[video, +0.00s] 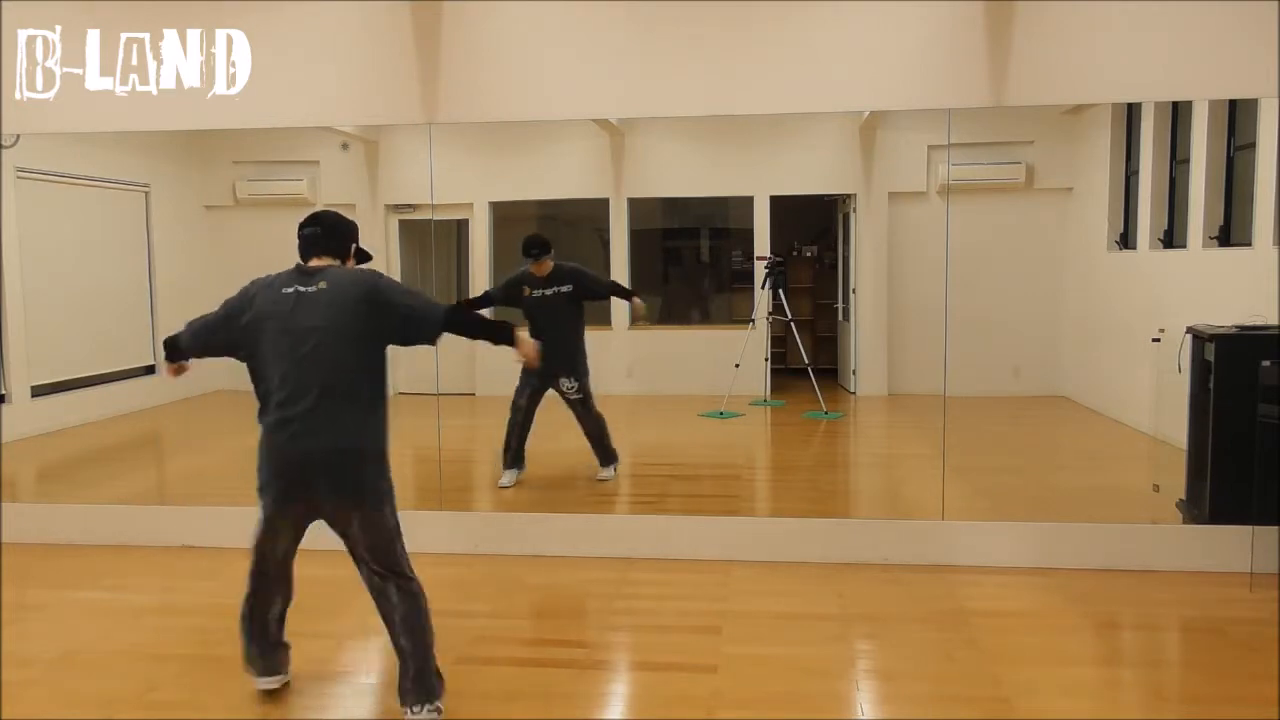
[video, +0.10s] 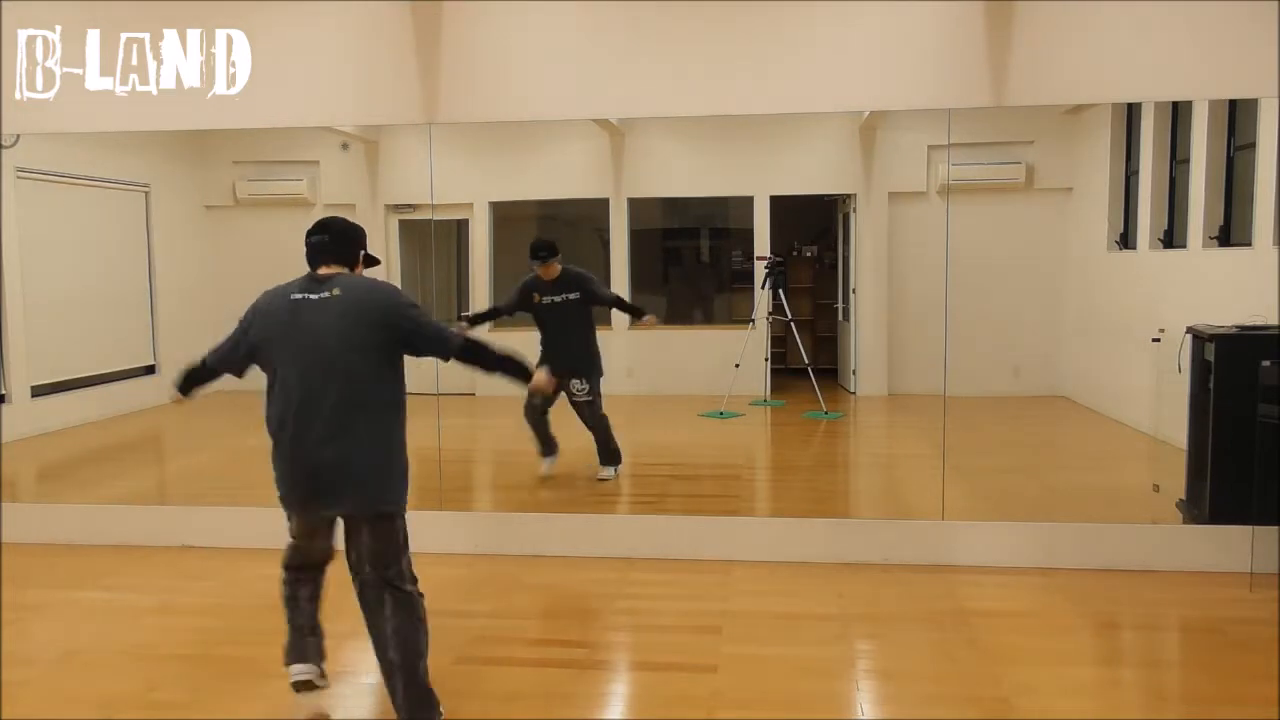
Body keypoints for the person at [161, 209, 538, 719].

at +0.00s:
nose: (355, 262)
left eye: (353, 257)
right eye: (355, 256)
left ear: (300, 253)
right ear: (348, 255)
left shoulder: (260, 295)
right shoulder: (367, 286)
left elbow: (199, 333)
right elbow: (444, 316)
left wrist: (174, 353)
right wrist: (511, 336)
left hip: (284, 465)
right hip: (355, 463)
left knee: (271, 558)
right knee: (391, 576)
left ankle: (266, 665)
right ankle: (422, 698)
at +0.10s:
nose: (366, 268)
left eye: (365, 263)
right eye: (365, 261)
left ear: (309, 259)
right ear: (358, 260)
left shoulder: (271, 306)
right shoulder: (382, 299)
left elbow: (224, 358)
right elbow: (457, 345)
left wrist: (188, 381)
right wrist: (527, 374)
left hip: (302, 469)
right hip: (374, 468)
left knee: (305, 562)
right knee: (388, 581)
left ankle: (304, 660)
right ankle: (418, 709)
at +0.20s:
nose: (371, 271)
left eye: (369, 266)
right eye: (372, 265)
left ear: (315, 260)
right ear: (365, 263)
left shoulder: (277, 309)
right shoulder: (382, 305)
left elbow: (224, 399)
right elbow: (431, 378)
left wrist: (248, 437)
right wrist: (463, 427)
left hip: (308, 484)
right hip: (375, 482)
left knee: (327, 580)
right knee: (395, 588)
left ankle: (322, 690)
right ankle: (410, 701)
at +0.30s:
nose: (374, 270)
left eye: (374, 264)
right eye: (376, 263)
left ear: (319, 256)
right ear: (369, 260)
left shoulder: (275, 310)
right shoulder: (380, 307)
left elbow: (264, 407)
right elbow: (392, 403)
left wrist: (301, 445)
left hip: (304, 489)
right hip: (371, 483)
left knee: (319, 603)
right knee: (406, 588)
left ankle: (328, 711)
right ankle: (404, 693)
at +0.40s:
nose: (379, 265)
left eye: (379, 258)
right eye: (379, 257)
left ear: (322, 251)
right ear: (369, 253)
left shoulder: (275, 297)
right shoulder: (377, 290)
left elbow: (268, 383)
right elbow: (384, 374)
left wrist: (319, 371)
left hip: (284, 470)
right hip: (351, 465)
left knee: (305, 601)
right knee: (396, 561)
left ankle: (324, 711)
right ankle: (369, 668)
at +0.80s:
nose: (351, 295)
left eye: (354, 286)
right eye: (354, 284)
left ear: (306, 265)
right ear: (344, 274)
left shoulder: (256, 301)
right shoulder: (341, 313)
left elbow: (247, 380)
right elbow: (347, 404)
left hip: (251, 476)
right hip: (317, 475)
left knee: (289, 582)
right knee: (340, 579)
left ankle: (302, 668)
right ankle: (325, 670)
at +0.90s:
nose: (336, 295)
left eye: (338, 286)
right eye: (338, 285)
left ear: (290, 270)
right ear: (329, 278)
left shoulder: (230, 310)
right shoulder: (326, 324)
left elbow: (207, 388)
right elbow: (344, 407)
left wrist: (245, 424)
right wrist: (363, 425)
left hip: (243, 474)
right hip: (306, 474)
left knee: (272, 560)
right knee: (345, 569)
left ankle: (256, 638)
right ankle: (317, 680)